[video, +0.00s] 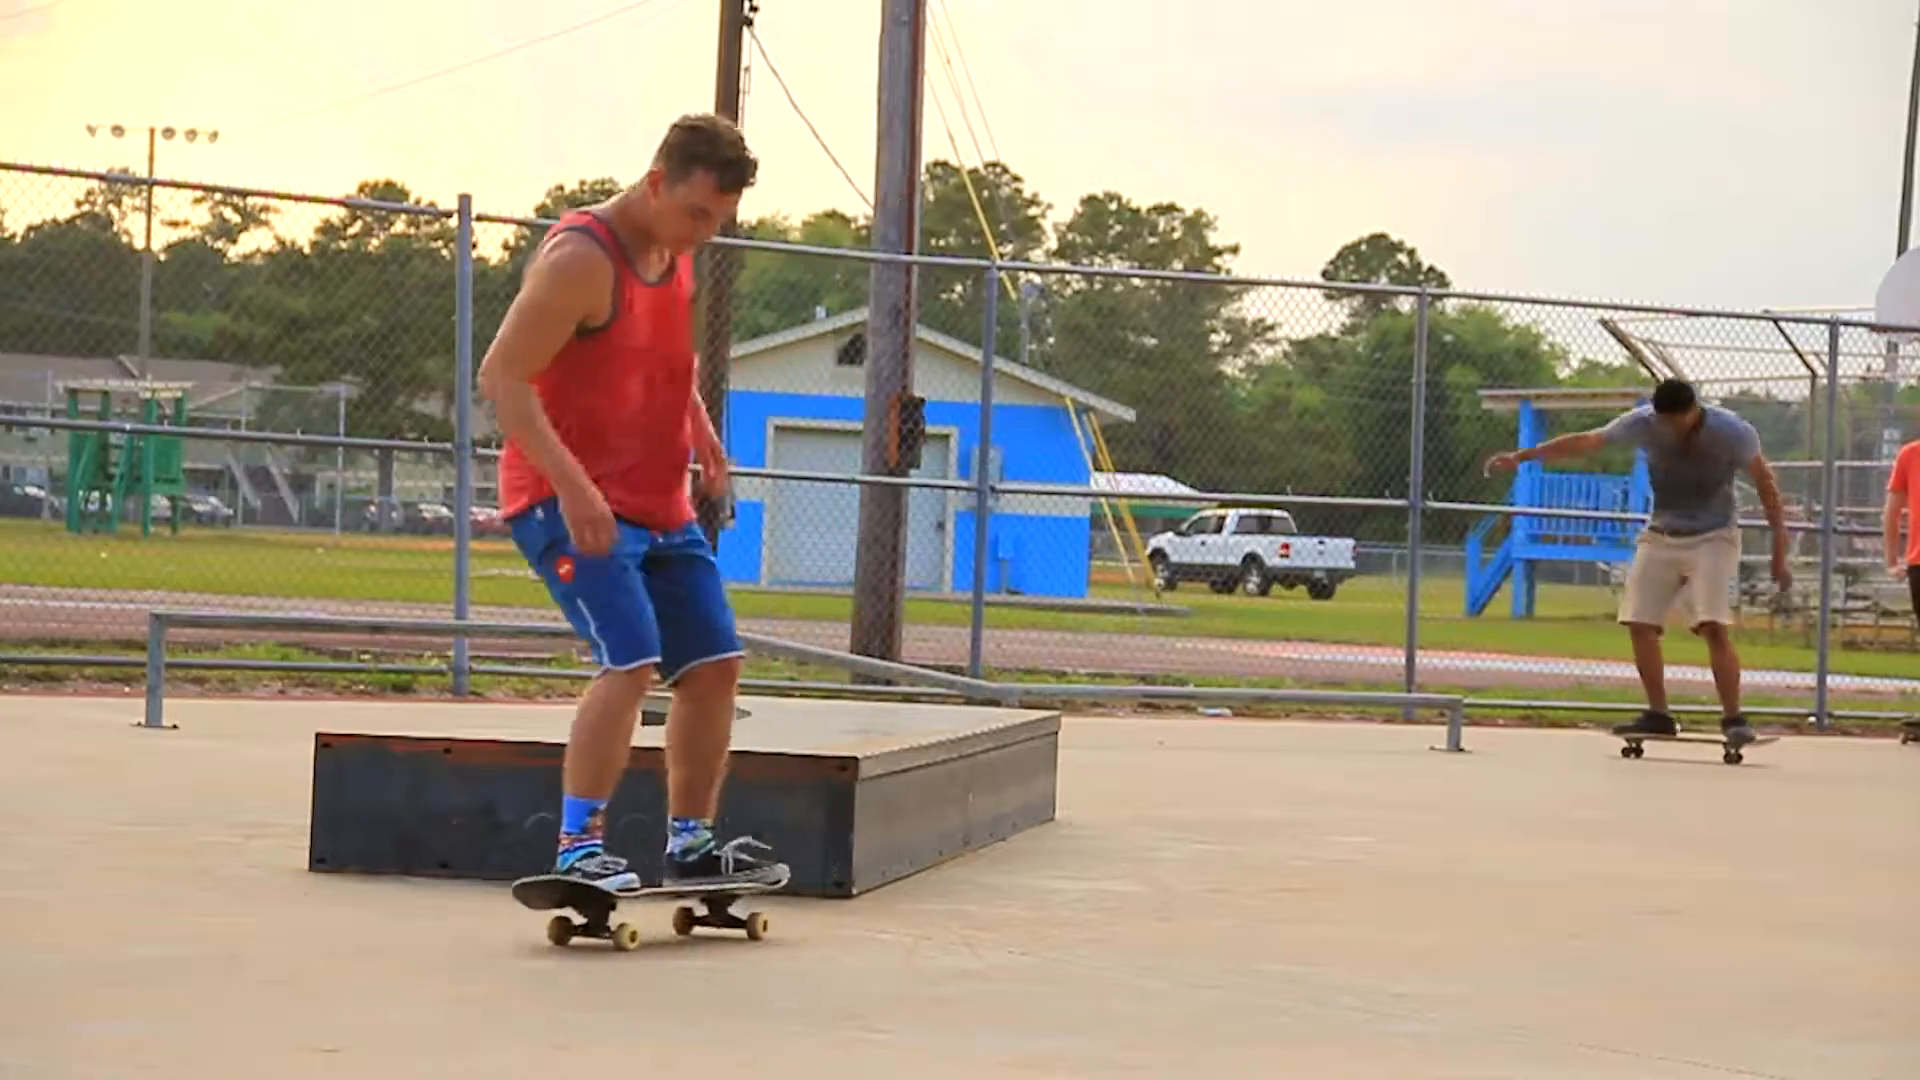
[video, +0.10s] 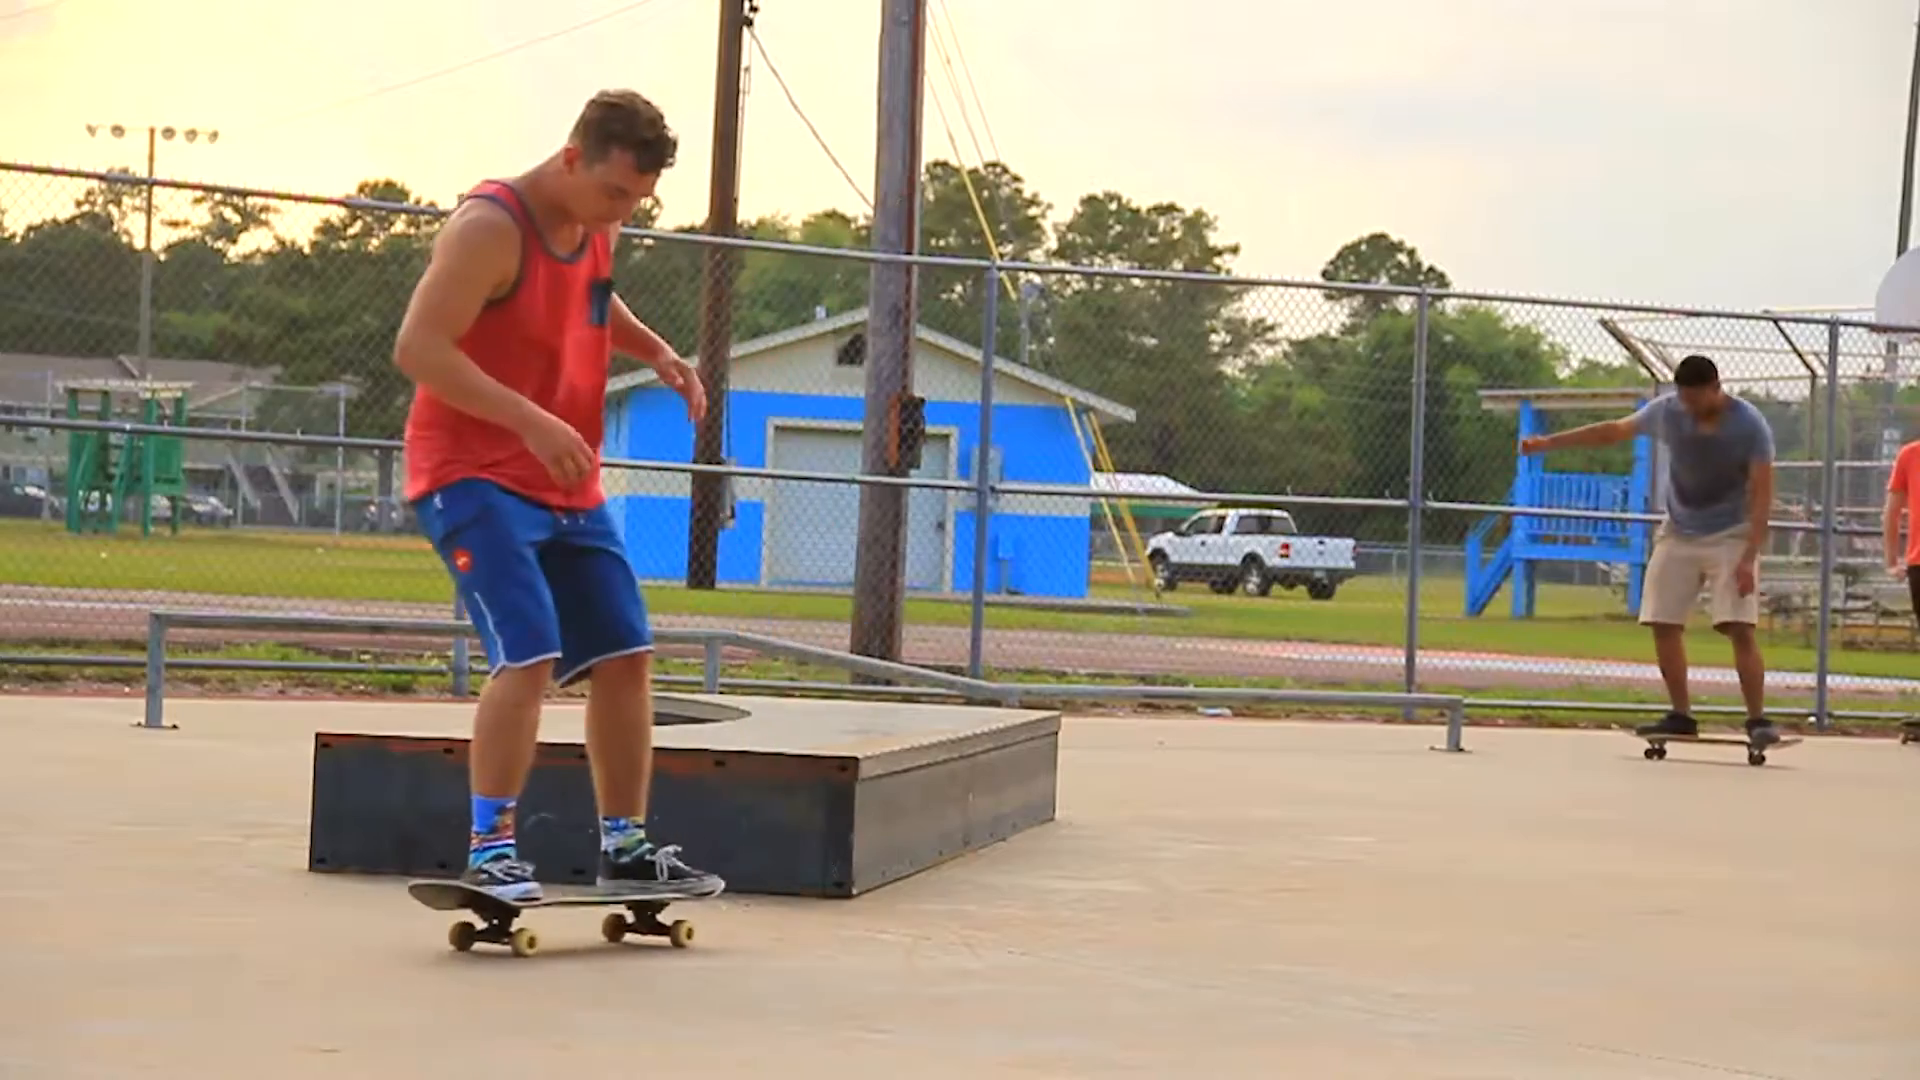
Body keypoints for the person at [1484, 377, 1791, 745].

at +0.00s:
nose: (1674, 432)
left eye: (1681, 425)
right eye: (1666, 425)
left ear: (1696, 411)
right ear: (1656, 414)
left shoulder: (1732, 432)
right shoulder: (1644, 423)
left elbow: (1766, 485)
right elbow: (1585, 443)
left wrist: (1780, 553)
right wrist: (1523, 455)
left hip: (1713, 539)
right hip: (1661, 537)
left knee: (1714, 626)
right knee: (1639, 623)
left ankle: (1734, 720)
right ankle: (1658, 715)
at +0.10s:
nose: (1690, 405)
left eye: (1696, 399)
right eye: (1684, 398)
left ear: (1717, 388)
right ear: (1679, 391)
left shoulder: (1750, 424)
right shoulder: (1667, 410)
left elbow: (1762, 495)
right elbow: (1614, 431)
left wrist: (1750, 557)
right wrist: (1549, 442)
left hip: (1733, 538)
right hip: (1678, 536)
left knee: (1742, 630)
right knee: (1664, 624)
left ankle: (1757, 720)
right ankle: (1681, 716)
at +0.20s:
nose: (1703, 387)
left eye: (1709, 379)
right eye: (1699, 379)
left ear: (1733, 373)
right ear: (1698, 374)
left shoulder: (1764, 417)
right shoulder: (1693, 403)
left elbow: (1757, 494)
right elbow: (1649, 435)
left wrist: (1717, 537)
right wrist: (1591, 457)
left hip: (1748, 531)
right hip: (1697, 528)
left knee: (1760, 627)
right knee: (1685, 622)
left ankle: (1780, 721)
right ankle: (1702, 716)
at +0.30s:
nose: (1715, 367)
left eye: (1722, 359)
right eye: (1714, 360)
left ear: (1749, 360)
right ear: (1724, 362)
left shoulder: (1776, 412)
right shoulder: (1718, 405)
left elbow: (1761, 476)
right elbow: (1696, 452)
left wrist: (1697, 507)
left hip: (1762, 530)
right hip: (1714, 530)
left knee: (1775, 626)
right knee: (1706, 623)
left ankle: (1804, 719)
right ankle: (1718, 718)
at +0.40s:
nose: (1729, 358)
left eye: (1737, 351)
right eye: (1731, 351)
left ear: (1765, 355)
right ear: (1755, 356)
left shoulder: (1786, 407)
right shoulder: (1745, 410)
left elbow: (1760, 468)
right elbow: (1748, 474)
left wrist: (1691, 489)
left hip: (1777, 530)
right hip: (1732, 531)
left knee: (1783, 627)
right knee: (1718, 621)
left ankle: (1820, 721)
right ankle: (1727, 718)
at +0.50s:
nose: (1745, 355)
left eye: (1753, 347)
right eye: (1748, 348)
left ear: (1776, 355)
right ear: (1769, 357)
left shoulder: (1789, 400)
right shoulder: (1771, 405)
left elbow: (1766, 462)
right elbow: (1777, 474)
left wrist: (1698, 493)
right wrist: (1757, 522)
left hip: (1795, 529)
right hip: (1761, 529)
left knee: (1788, 627)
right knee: (1736, 620)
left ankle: (1816, 723)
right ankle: (1724, 717)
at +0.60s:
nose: (1760, 359)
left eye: (1766, 352)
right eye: (1763, 352)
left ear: (1782, 356)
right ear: (1793, 359)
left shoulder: (1793, 392)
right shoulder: (1808, 397)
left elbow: (1776, 443)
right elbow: (1833, 467)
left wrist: (1737, 499)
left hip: (1819, 528)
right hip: (1790, 526)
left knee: (1798, 626)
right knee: (1764, 621)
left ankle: (1819, 725)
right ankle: (1744, 712)